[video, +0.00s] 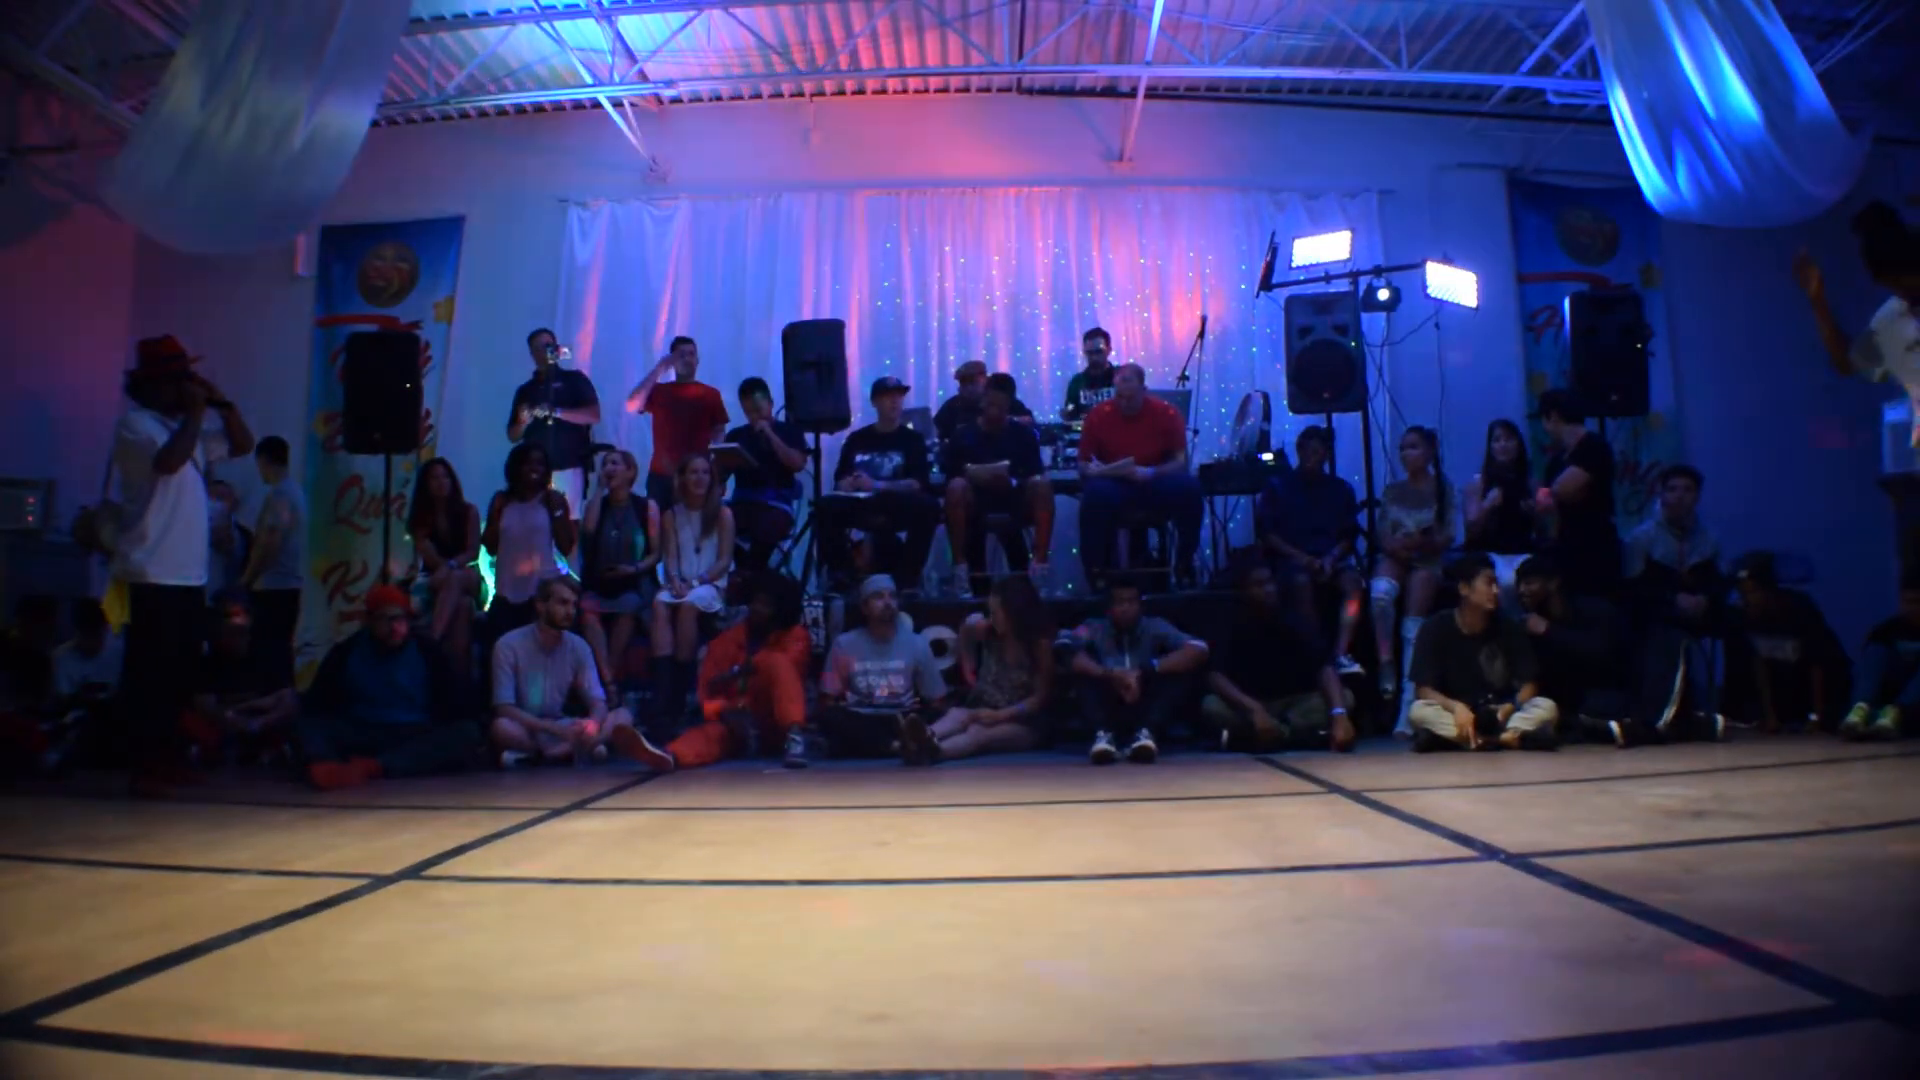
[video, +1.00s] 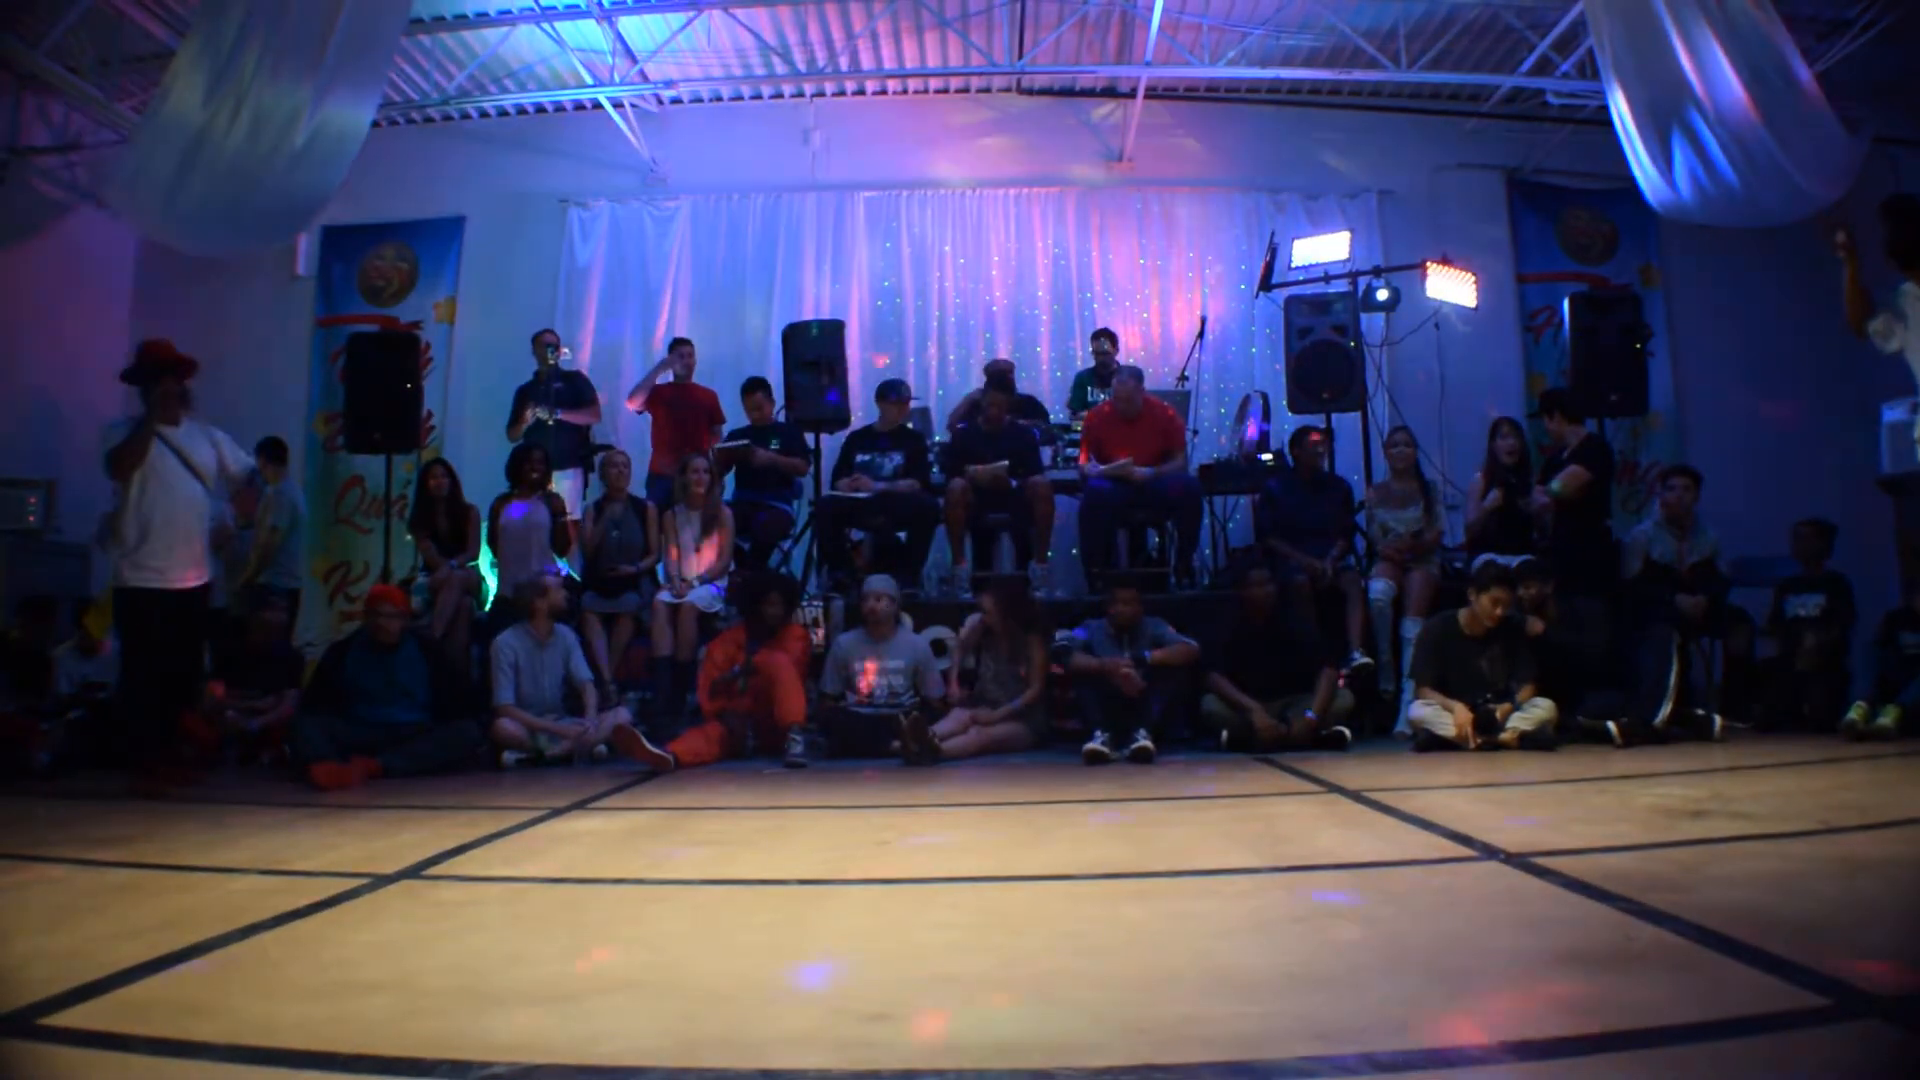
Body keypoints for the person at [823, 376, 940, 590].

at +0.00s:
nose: (895, 403)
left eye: (898, 397)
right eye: (889, 397)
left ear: (903, 401)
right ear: (875, 402)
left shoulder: (913, 439)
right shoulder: (857, 439)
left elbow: (919, 483)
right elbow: (840, 482)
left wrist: (875, 485)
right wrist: (851, 484)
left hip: (897, 501)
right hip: (861, 502)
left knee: (927, 508)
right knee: (825, 507)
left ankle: (908, 580)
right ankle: (840, 578)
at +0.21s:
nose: (895, 403)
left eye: (899, 397)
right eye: (889, 398)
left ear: (903, 401)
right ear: (875, 402)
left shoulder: (914, 439)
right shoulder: (857, 439)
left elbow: (919, 483)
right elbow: (838, 482)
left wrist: (874, 484)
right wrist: (849, 483)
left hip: (897, 501)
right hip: (861, 502)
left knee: (927, 508)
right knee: (825, 506)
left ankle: (907, 579)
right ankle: (840, 578)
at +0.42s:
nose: (895, 403)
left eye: (898, 397)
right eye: (888, 398)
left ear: (903, 401)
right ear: (875, 402)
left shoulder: (914, 439)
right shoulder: (857, 439)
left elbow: (919, 483)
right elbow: (838, 482)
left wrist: (874, 485)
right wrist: (848, 484)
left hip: (897, 501)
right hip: (861, 501)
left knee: (927, 508)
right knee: (826, 506)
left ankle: (907, 580)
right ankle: (841, 578)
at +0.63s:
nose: (894, 402)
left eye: (898, 397)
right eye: (887, 397)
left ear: (902, 401)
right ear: (874, 402)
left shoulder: (914, 439)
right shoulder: (856, 439)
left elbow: (919, 483)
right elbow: (838, 481)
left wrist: (874, 485)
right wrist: (848, 484)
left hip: (897, 501)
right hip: (860, 501)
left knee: (927, 508)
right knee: (826, 506)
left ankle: (907, 580)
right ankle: (840, 578)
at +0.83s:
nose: (898, 407)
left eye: (901, 401)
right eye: (891, 401)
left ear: (905, 404)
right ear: (876, 403)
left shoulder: (913, 439)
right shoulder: (856, 439)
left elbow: (918, 483)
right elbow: (837, 482)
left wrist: (874, 485)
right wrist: (848, 484)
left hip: (897, 502)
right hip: (860, 502)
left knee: (928, 508)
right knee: (826, 506)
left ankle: (908, 580)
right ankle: (839, 577)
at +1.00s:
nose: (903, 409)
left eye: (906, 403)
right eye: (897, 403)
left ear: (908, 405)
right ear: (881, 404)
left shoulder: (914, 439)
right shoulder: (856, 439)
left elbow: (919, 483)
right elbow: (837, 482)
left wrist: (875, 486)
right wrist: (850, 485)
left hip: (897, 502)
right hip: (859, 502)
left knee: (927, 508)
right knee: (826, 507)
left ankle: (909, 579)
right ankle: (839, 577)